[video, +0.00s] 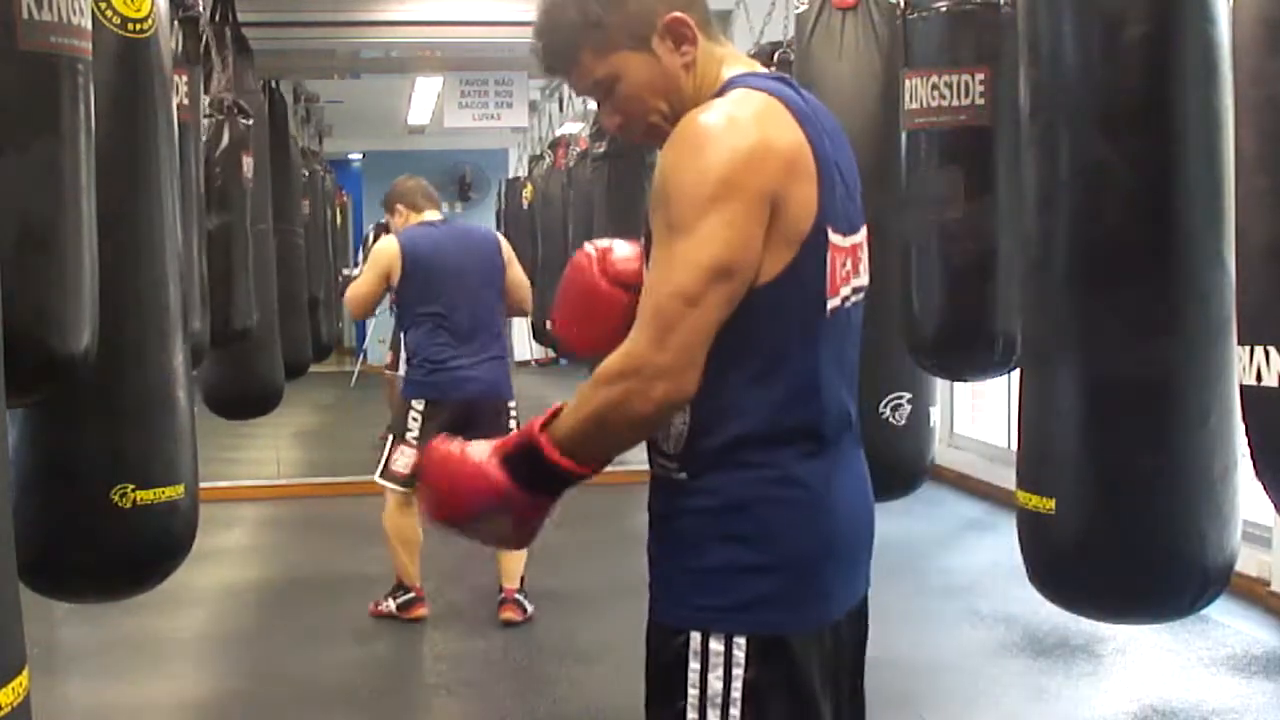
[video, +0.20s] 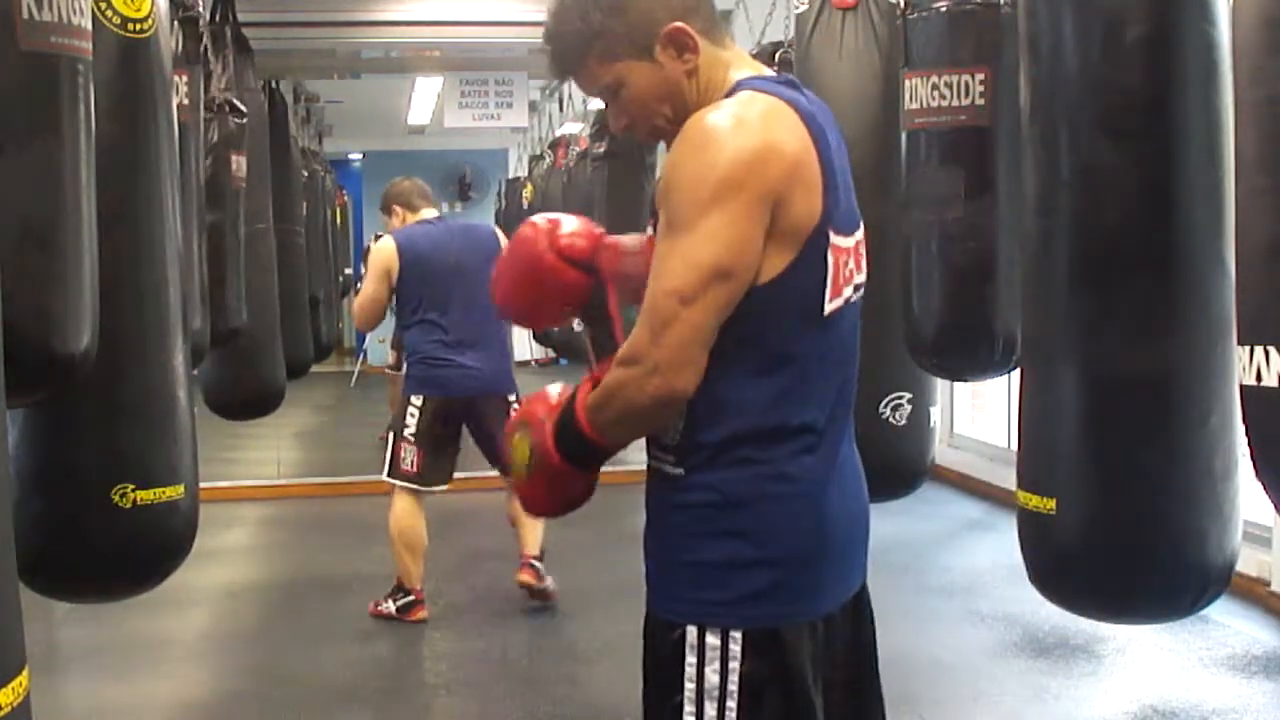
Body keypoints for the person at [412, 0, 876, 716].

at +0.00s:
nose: (608, 121)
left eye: (607, 90)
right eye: (593, 102)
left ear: (677, 39)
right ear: (682, 42)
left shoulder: (723, 136)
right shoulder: (796, 116)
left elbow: (657, 375)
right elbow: (780, 323)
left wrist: (523, 470)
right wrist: (650, 309)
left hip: (742, 546)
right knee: (819, 705)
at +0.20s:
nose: (615, 122)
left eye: (613, 95)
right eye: (603, 104)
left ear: (679, 49)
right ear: (684, 49)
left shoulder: (728, 137)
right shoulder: (793, 112)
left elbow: (662, 374)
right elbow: (755, 260)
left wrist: (566, 442)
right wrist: (603, 260)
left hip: (734, 542)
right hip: (809, 517)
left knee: (710, 710)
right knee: (831, 707)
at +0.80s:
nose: (590, 72)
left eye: (601, 37)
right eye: (585, 45)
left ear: (680, 27)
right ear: (679, 34)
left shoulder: (719, 119)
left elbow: (577, 303)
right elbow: (566, 273)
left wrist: (619, 374)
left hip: (729, 533)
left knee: (709, 711)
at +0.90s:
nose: (586, 69)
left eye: (594, 35)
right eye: (584, 41)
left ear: (668, 30)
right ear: (668, 34)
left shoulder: (709, 129)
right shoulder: (755, 111)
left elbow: (593, 334)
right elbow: (615, 257)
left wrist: (611, 376)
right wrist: (536, 329)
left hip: (722, 530)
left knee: (702, 712)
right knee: (786, 707)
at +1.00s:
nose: (590, 71)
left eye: (596, 39)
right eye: (588, 43)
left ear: (659, 39)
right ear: (661, 40)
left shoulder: (701, 135)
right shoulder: (765, 119)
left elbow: (639, 355)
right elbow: (673, 276)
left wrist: (586, 394)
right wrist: (529, 318)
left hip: (719, 528)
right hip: (790, 502)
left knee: (695, 710)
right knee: (789, 706)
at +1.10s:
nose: (604, 77)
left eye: (607, 49)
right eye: (602, 52)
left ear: (659, 49)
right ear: (665, 49)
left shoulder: (702, 147)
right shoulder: (774, 133)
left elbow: (674, 359)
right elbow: (755, 298)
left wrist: (591, 385)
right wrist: (610, 306)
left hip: (718, 528)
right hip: (793, 501)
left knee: (691, 709)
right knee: (800, 707)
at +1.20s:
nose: (612, 83)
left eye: (616, 58)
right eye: (609, 61)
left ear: (666, 60)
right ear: (689, 60)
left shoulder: (697, 153)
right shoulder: (784, 146)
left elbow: (701, 326)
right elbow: (771, 326)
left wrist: (611, 372)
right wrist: (646, 356)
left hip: (717, 527)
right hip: (795, 505)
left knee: (671, 708)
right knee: (791, 706)